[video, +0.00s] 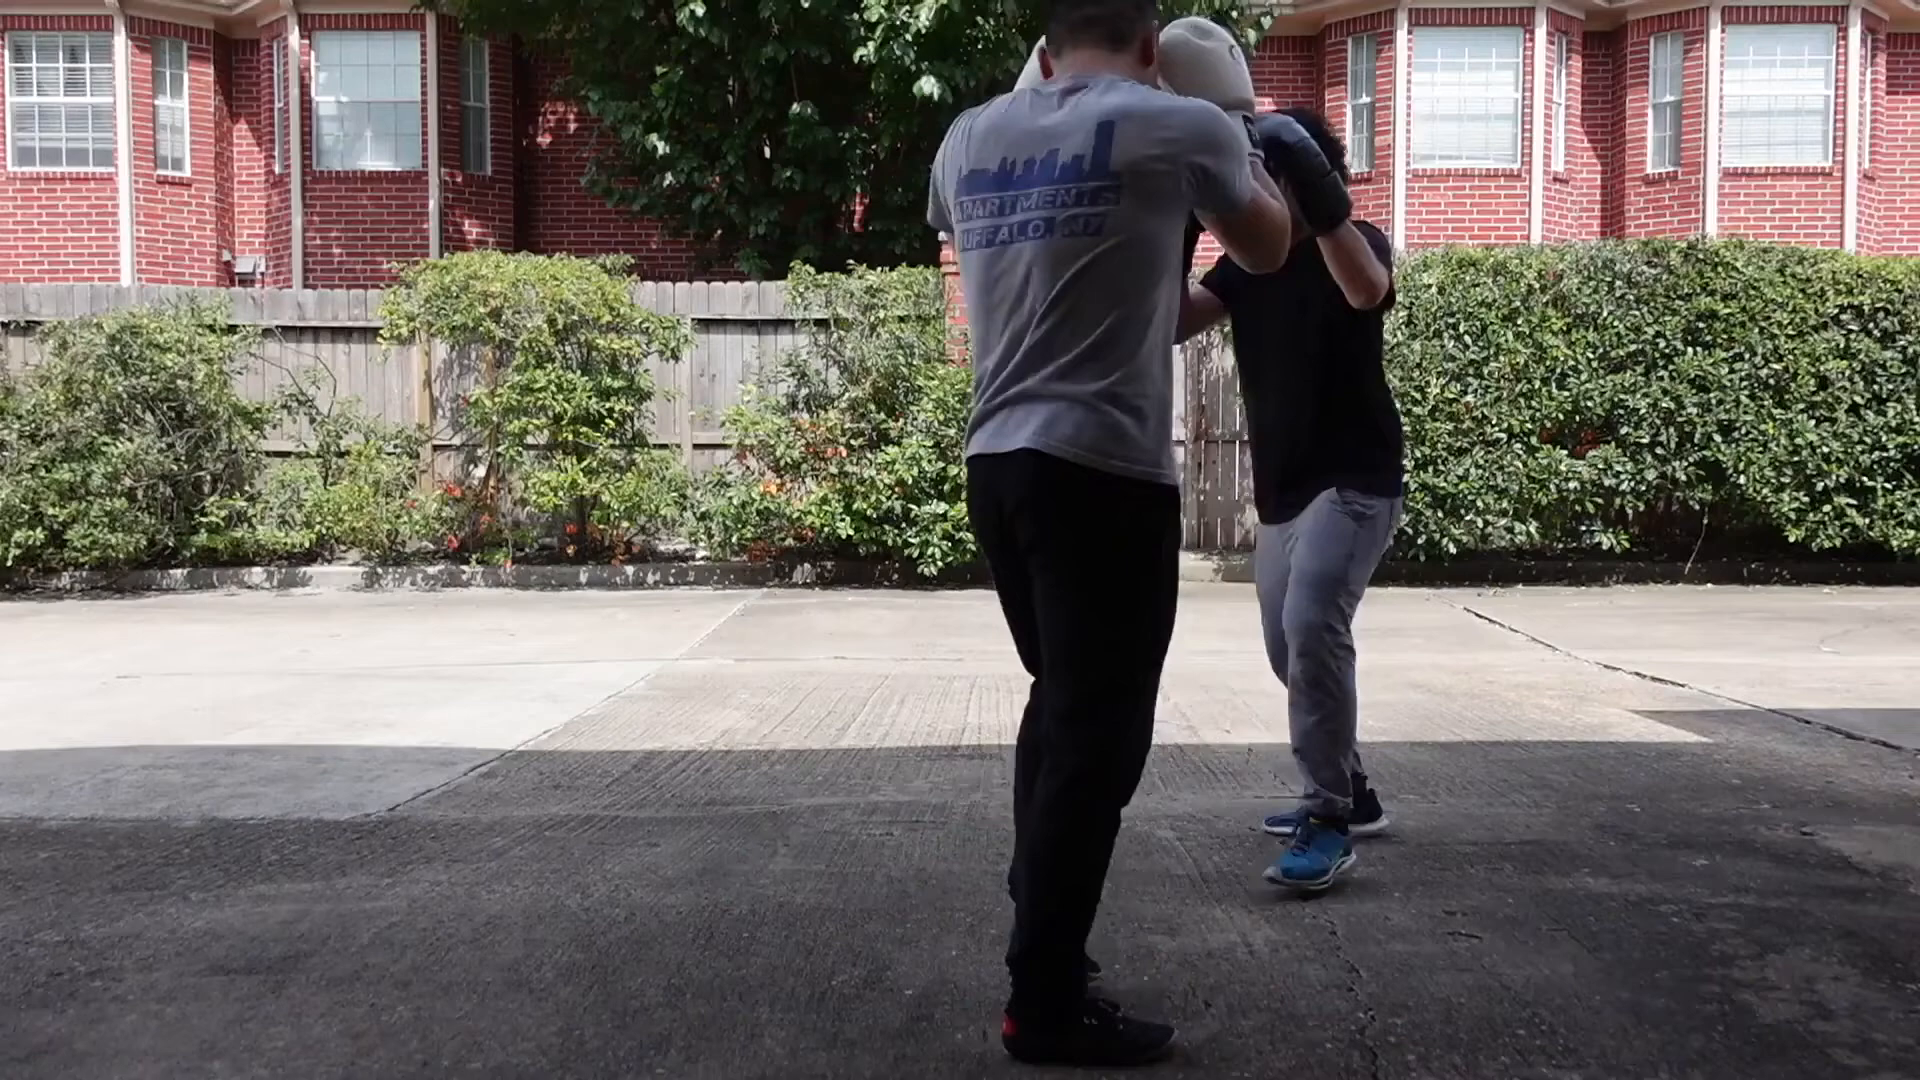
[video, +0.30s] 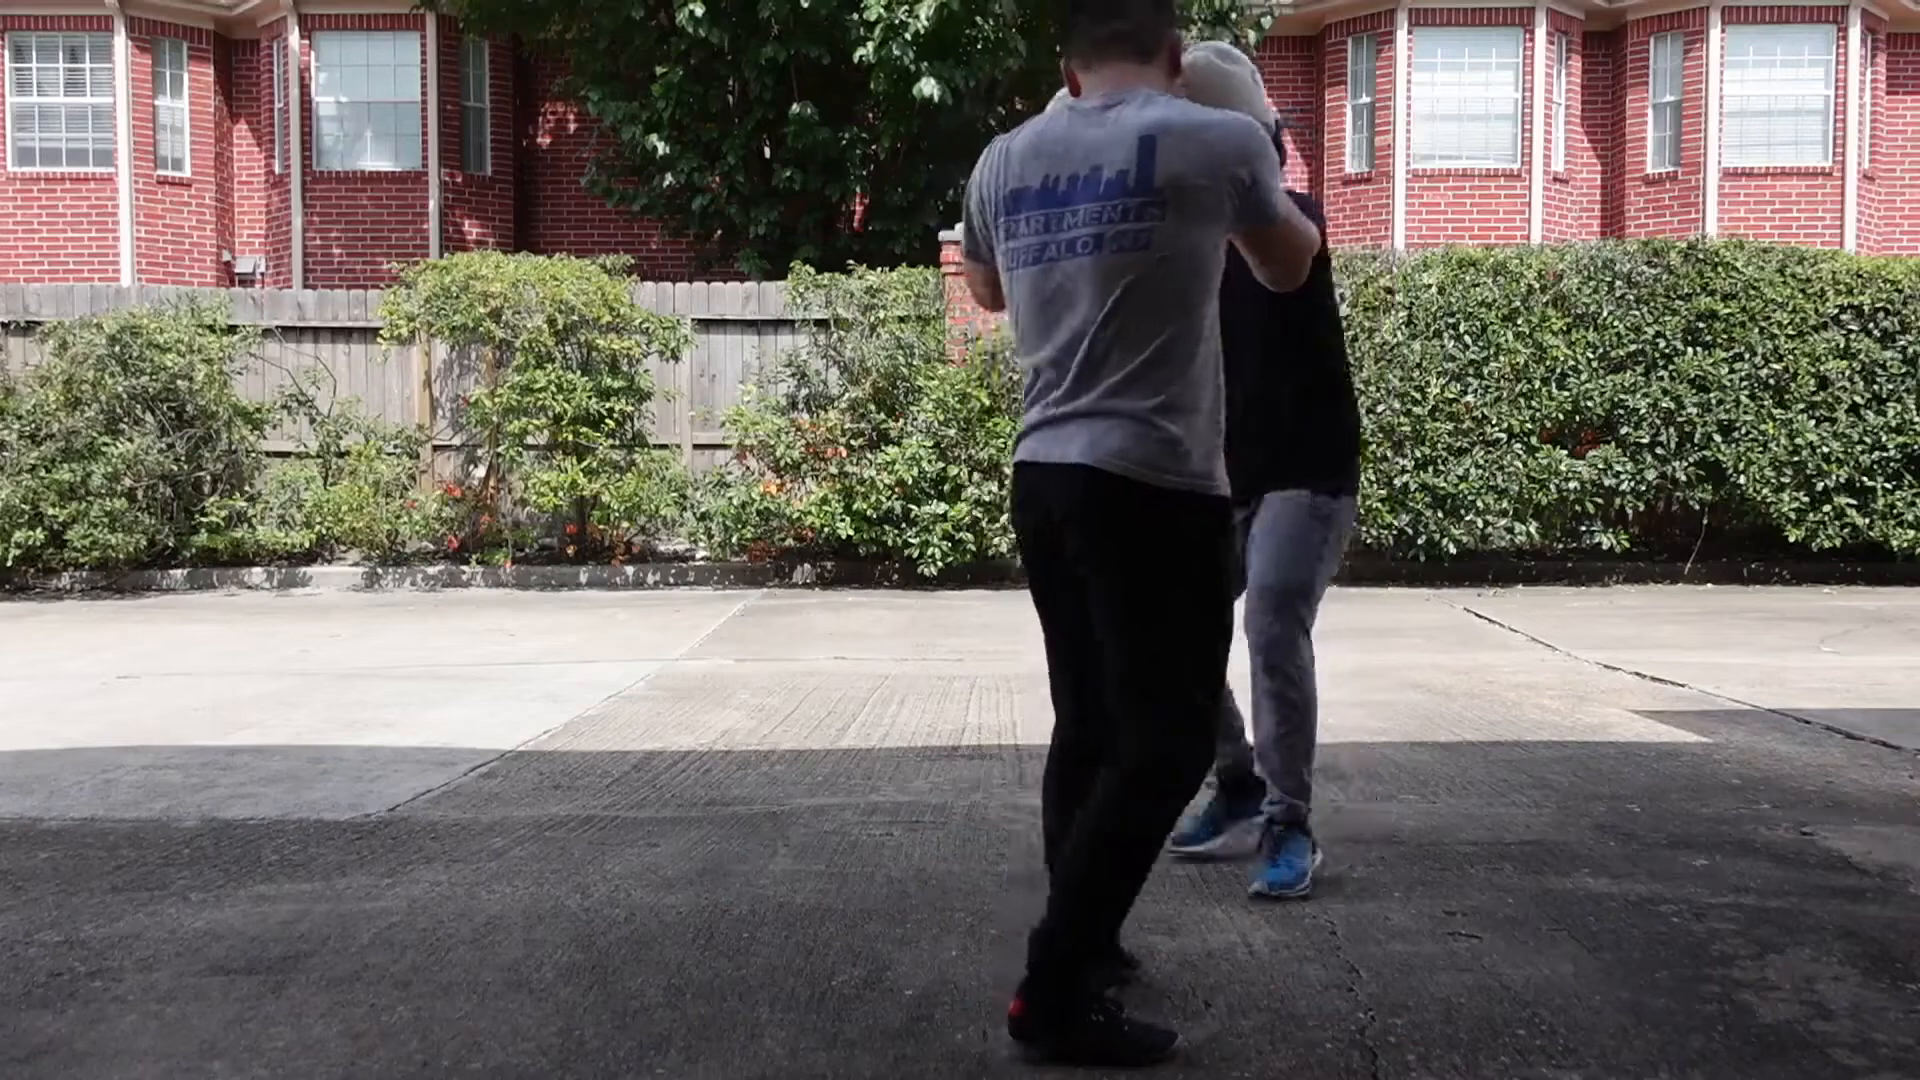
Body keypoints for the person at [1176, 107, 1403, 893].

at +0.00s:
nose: (1263, 190)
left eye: (1279, 171)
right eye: (1256, 175)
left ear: (1318, 174)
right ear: (1250, 183)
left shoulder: (1357, 240)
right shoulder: (1247, 257)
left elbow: (1367, 290)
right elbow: (1172, 322)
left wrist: (1313, 191)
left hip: (1355, 478)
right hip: (1281, 485)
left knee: (1311, 629)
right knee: (1288, 649)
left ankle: (1328, 815)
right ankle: (1343, 787)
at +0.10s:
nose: (1256, 195)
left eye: (1270, 177)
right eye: (1249, 178)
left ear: (1301, 181)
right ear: (1238, 188)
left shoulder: (1343, 251)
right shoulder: (1226, 264)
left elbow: (1357, 301)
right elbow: (1163, 324)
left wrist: (1306, 198)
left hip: (1341, 483)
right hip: (1265, 492)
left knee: (1299, 634)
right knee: (1285, 652)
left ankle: (1299, 824)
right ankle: (1348, 789)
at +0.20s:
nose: (1238, 191)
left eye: (1252, 174)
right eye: (1229, 177)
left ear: (1281, 175)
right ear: (1214, 185)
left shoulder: (1313, 239)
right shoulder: (1201, 248)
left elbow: (1338, 275)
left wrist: (1278, 198)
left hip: (1319, 474)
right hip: (1240, 481)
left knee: (1289, 642)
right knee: (1229, 647)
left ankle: (1291, 827)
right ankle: (1323, 767)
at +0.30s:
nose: (1191, 143)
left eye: (1209, 127)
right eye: (1184, 127)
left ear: (1256, 138)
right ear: (1183, 130)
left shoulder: (1288, 215)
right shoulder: (1174, 217)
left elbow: (1286, 279)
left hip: (1303, 453)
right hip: (1212, 457)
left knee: (1274, 626)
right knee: (1184, 633)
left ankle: (1289, 819)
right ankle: (1237, 776)